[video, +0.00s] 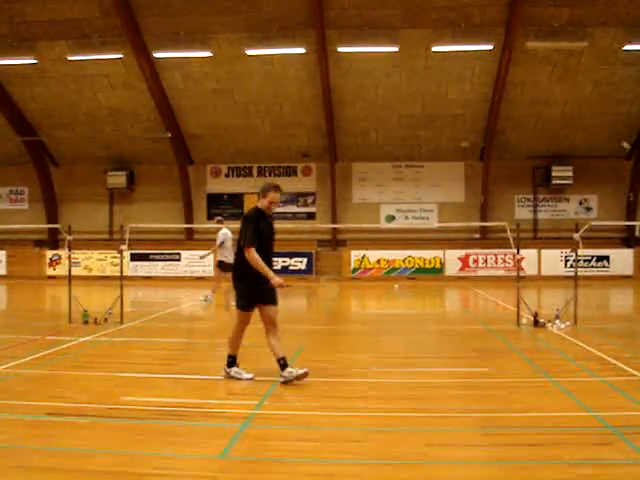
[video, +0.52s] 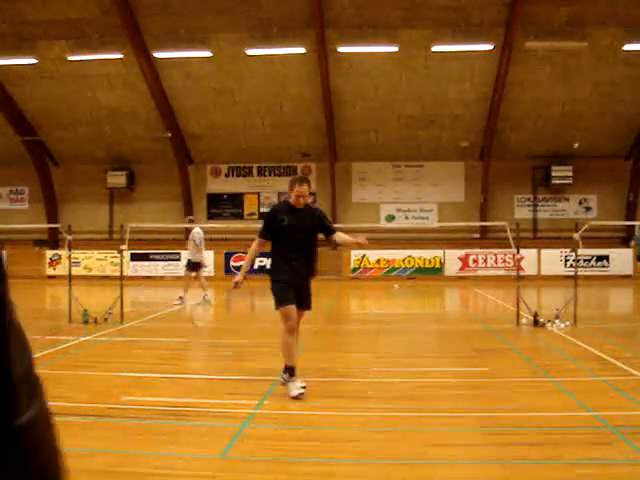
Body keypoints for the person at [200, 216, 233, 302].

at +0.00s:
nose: (216, 225)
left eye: (217, 223)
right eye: (216, 223)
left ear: (218, 223)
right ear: (223, 222)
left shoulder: (222, 232)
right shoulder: (228, 232)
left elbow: (217, 246)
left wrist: (206, 255)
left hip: (223, 259)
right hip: (229, 259)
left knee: (217, 279)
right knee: (230, 281)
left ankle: (211, 296)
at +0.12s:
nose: (208, 225)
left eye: (209, 223)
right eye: (209, 223)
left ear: (211, 223)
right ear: (215, 222)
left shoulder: (214, 232)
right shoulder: (220, 231)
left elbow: (210, 246)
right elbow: (221, 246)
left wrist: (201, 256)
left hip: (214, 259)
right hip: (219, 259)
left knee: (216, 278)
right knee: (210, 278)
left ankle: (232, 293)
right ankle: (208, 297)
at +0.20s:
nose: (205, 224)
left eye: (205, 222)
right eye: (205, 222)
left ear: (207, 222)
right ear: (211, 222)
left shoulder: (209, 231)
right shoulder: (216, 231)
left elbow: (207, 248)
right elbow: (216, 246)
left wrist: (200, 258)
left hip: (210, 258)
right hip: (216, 258)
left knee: (208, 277)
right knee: (208, 278)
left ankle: (225, 290)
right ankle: (207, 296)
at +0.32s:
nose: (196, 225)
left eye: (197, 223)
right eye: (196, 223)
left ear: (199, 223)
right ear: (204, 222)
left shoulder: (204, 232)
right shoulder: (208, 231)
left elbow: (204, 248)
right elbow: (206, 247)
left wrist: (202, 259)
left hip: (202, 258)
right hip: (207, 258)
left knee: (194, 275)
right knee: (205, 276)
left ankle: (206, 292)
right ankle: (206, 295)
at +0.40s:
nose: (193, 225)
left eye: (194, 222)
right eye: (193, 222)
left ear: (198, 223)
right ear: (201, 222)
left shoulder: (203, 232)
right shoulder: (205, 231)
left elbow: (204, 248)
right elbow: (204, 247)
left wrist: (203, 260)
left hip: (200, 258)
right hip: (205, 258)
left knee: (192, 275)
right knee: (204, 277)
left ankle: (202, 294)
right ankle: (208, 295)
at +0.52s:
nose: (186, 226)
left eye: (187, 224)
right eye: (186, 224)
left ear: (190, 223)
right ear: (193, 223)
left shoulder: (195, 232)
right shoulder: (197, 231)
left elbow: (199, 248)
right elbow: (198, 248)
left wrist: (201, 260)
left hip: (193, 259)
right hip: (198, 260)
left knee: (187, 278)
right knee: (200, 278)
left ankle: (183, 297)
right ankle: (206, 295)